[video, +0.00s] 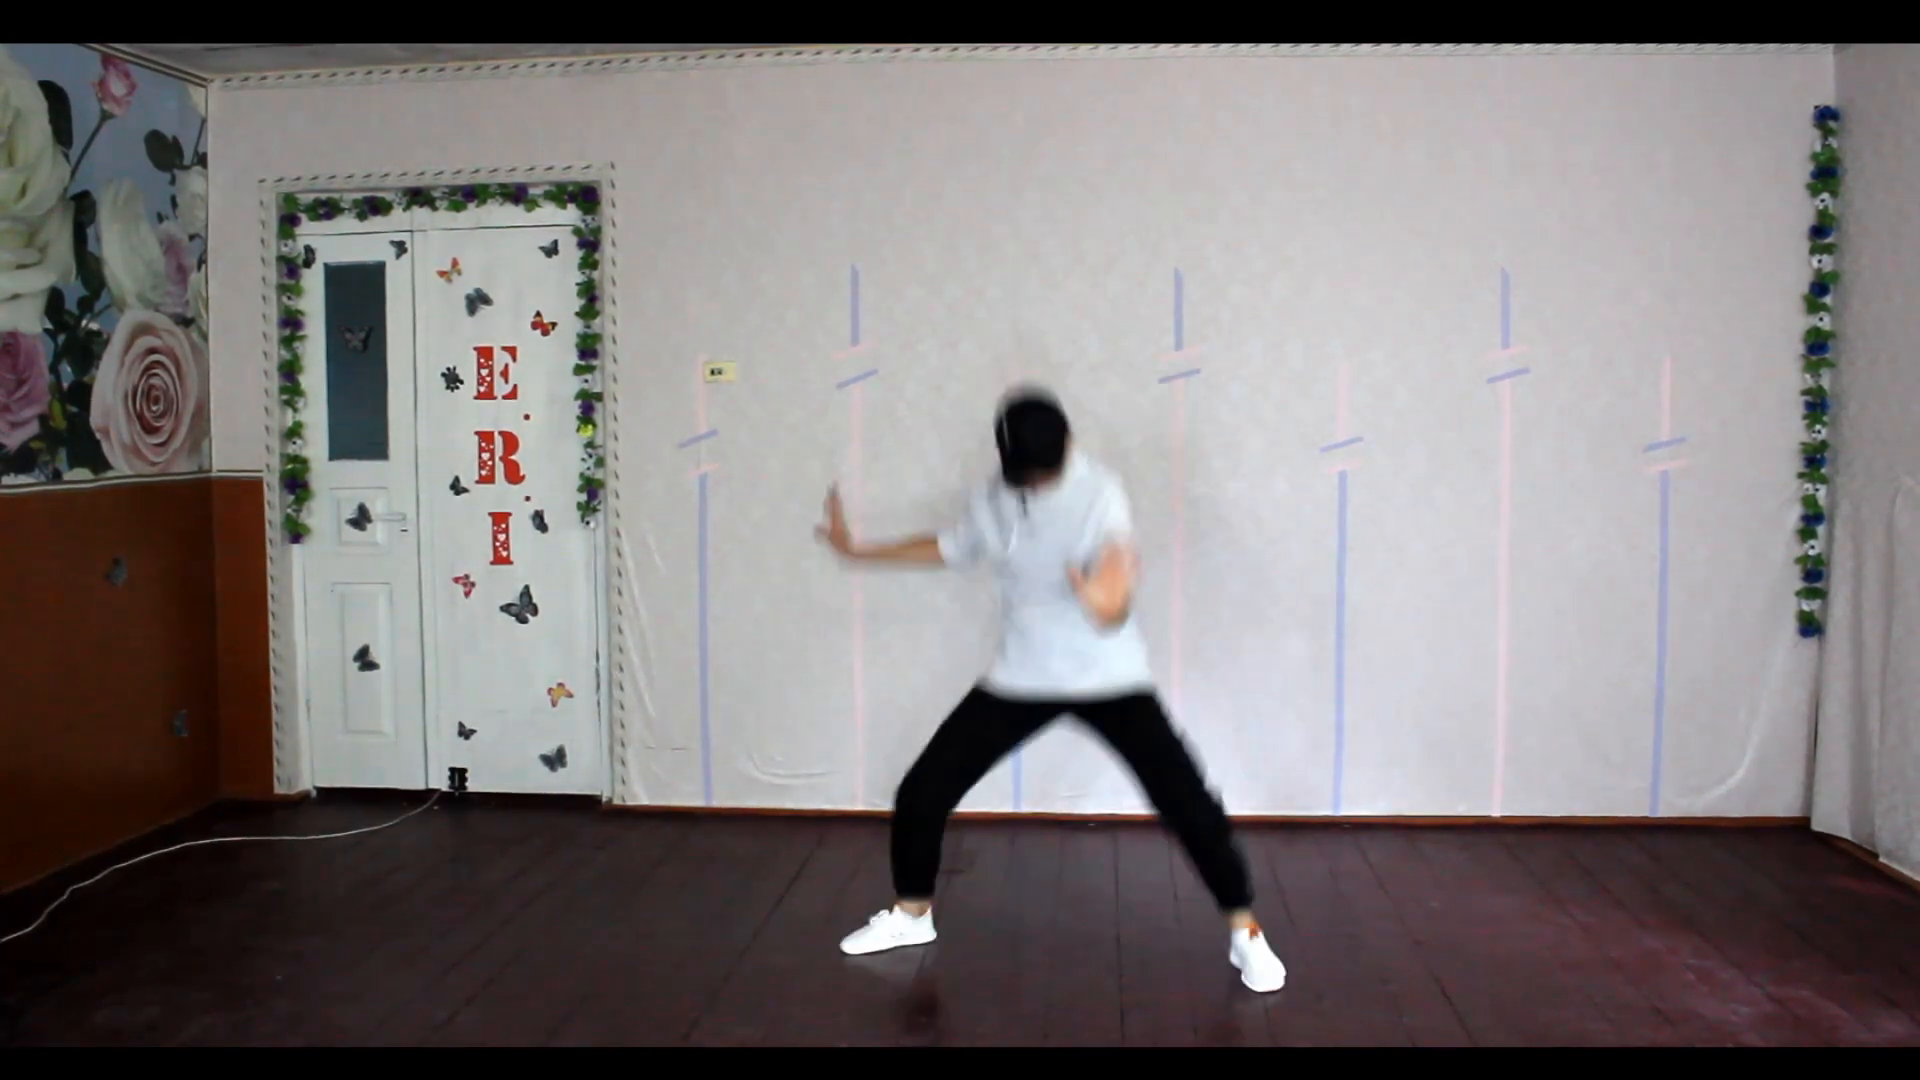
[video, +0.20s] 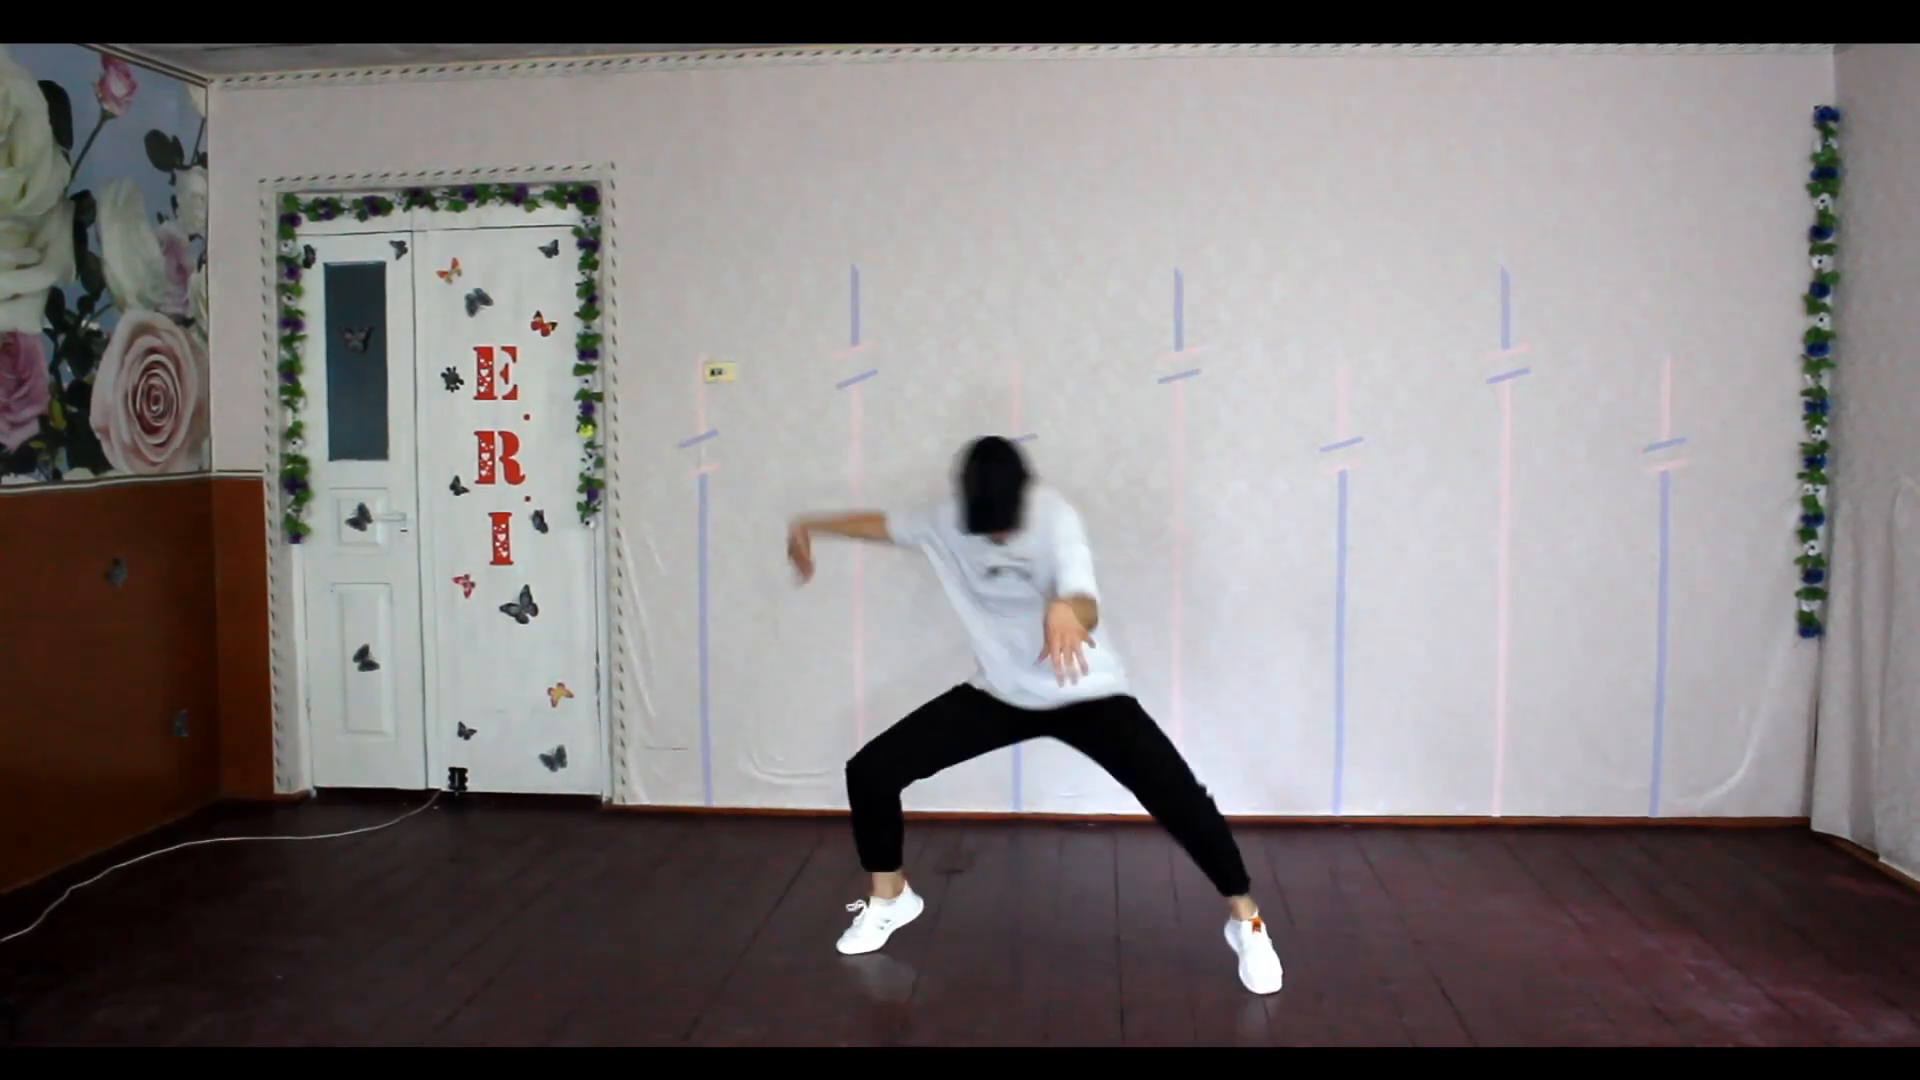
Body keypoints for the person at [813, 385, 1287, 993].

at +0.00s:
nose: (1036, 486)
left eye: (1045, 475)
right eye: (1025, 477)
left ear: (1064, 455)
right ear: (1006, 460)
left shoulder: (1099, 494)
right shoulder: (995, 500)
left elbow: (1116, 595)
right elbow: (949, 548)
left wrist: (1102, 599)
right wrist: (858, 552)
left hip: (1110, 680)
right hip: (1021, 680)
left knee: (1187, 801)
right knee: (922, 794)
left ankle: (1246, 931)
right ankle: (912, 913)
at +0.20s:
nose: (998, 534)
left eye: (1006, 524)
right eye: (986, 526)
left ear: (1023, 500)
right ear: (966, 506)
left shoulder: (1054, 516)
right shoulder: (943, 524)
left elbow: (1083, 596)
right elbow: (879, 526)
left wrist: (1064, 611)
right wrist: (808, 525)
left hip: (1088, 698)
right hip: (999, 696)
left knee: (1183, 803)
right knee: (871, 773)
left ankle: (1247, 920)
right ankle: (888, 896)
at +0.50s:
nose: (982, 527)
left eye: (991, 516)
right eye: (969, 519)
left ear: (1007, 486)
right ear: (947, 499)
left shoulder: (1045, 511)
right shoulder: (930, 522)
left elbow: (1090, 603)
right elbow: (877, 535)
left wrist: (1061, 611)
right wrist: (795, 537)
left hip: (1085, 682)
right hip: (996, 682)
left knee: (1174, 794)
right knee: (879, 775)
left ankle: (1237, 929)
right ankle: (896, 901)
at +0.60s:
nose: (1036, 536)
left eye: (1044, 526)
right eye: (1023, 529)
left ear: (1061, 498)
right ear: (998, 506)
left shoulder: (1087, 542)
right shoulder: (976, 528)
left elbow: (1098, 658)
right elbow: (947, 588)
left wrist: (1077, 663)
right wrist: (858, 613)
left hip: (1086, 711)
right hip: (996, 706)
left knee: (1162, 825)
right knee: (882, 798)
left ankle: (1238, 959)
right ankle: (904, 914)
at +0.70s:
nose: (1034, 535)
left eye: (1040, 523)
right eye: (1019, 526)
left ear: (1056, 496)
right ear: (996, 506)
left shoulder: (1082, 539)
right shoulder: (976, 532)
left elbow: (1099, 652)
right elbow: (939, 587)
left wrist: (1076, 651)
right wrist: (851, 615)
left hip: (1086, 707)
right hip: (996, 706)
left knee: (1174, 817)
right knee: (870, 789)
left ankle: (1239, 952)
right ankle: (897, 902)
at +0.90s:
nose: (963, 537)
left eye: (974, 524)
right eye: (952, 527)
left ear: (995, 493)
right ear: (931, 507)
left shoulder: (1031, 514)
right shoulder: (924, 527)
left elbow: (1087, 577)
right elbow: (868, 526)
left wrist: (1063, 577)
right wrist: (789, 515)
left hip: (1094, 692)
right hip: (1006, 696)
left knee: (1199, 784)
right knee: (875, 773)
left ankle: (1253, 940)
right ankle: (882, 898)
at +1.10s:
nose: (1021, 534)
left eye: (1030, 523)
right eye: (1008, 525)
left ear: (1048, 494)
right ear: (986, 501)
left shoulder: (1087, 538)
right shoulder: (968, 540)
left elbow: (1111, 645)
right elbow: (946, 589)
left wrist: (1080, 632)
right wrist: (862, 595)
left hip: (1096, 715)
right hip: (1008, 711)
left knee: (1169, 836)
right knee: (887, 799)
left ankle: (1253, 958)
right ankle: (904, 914)